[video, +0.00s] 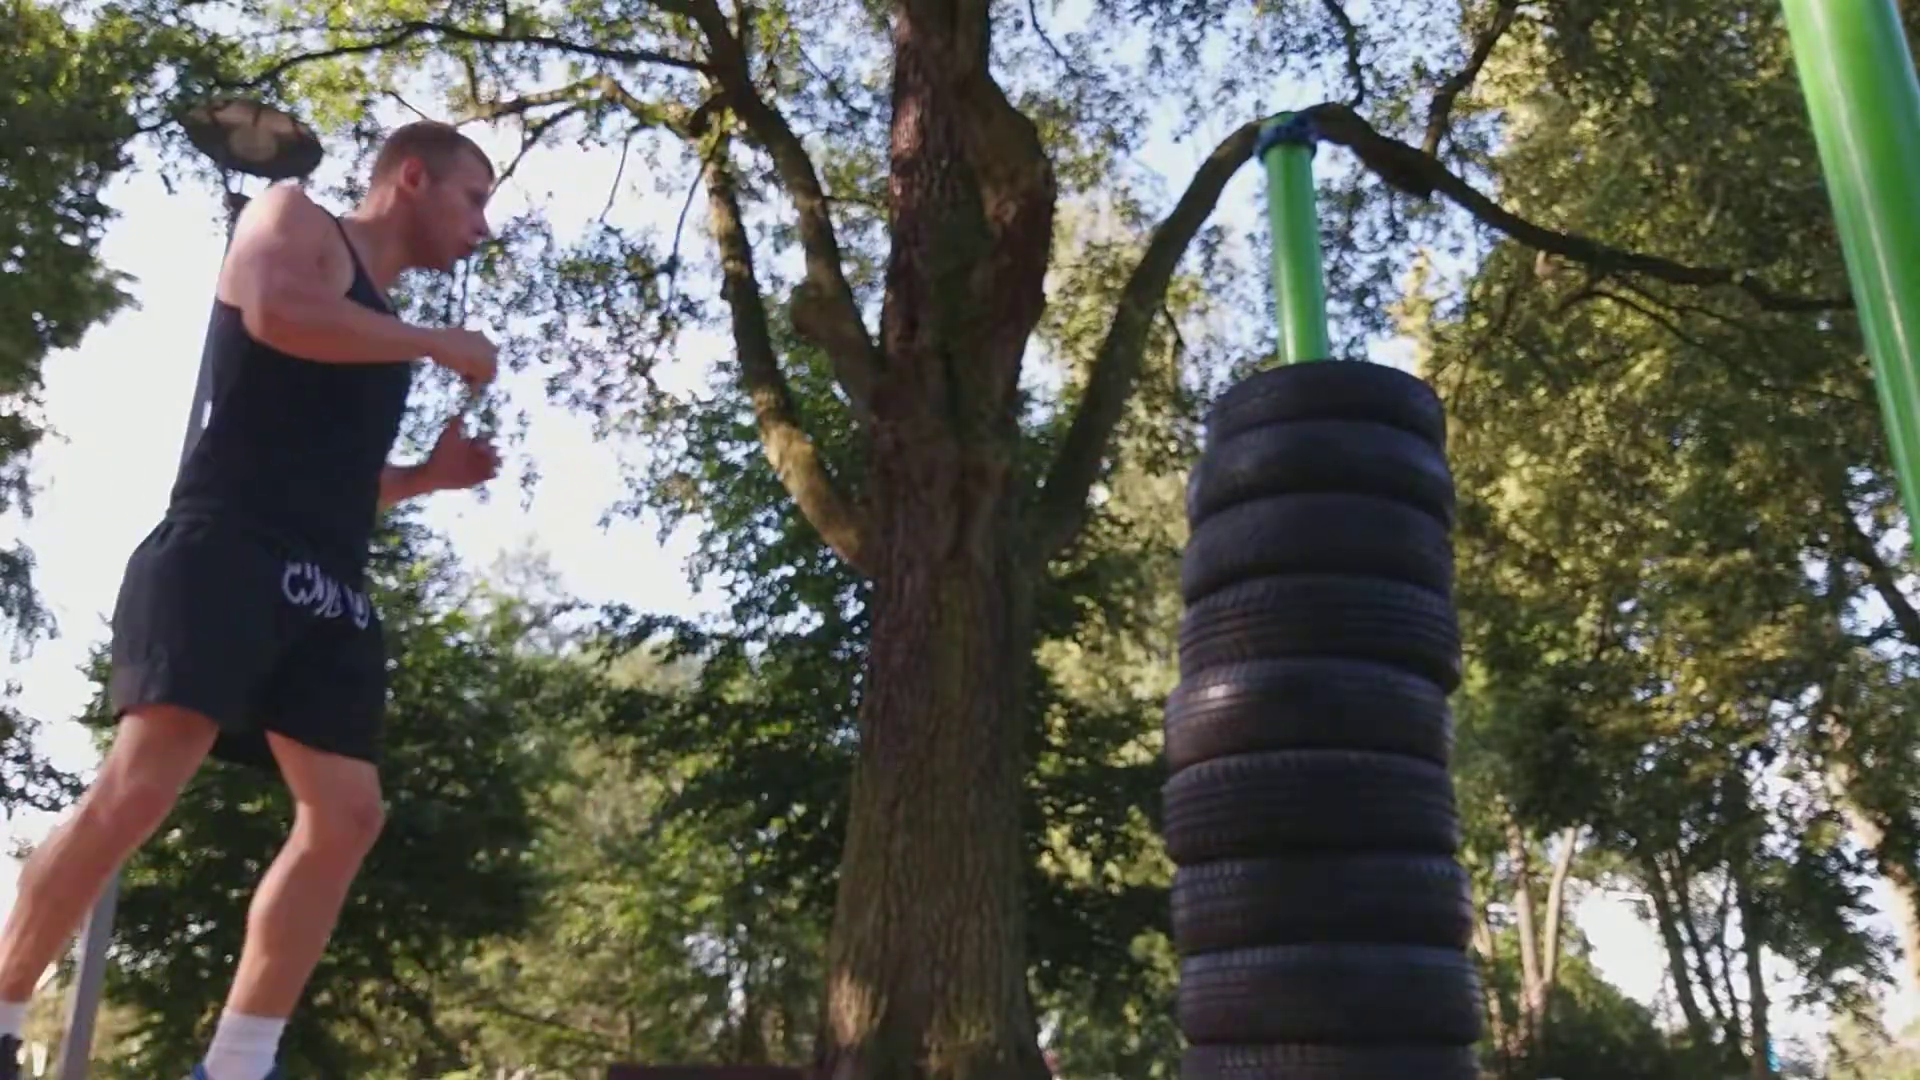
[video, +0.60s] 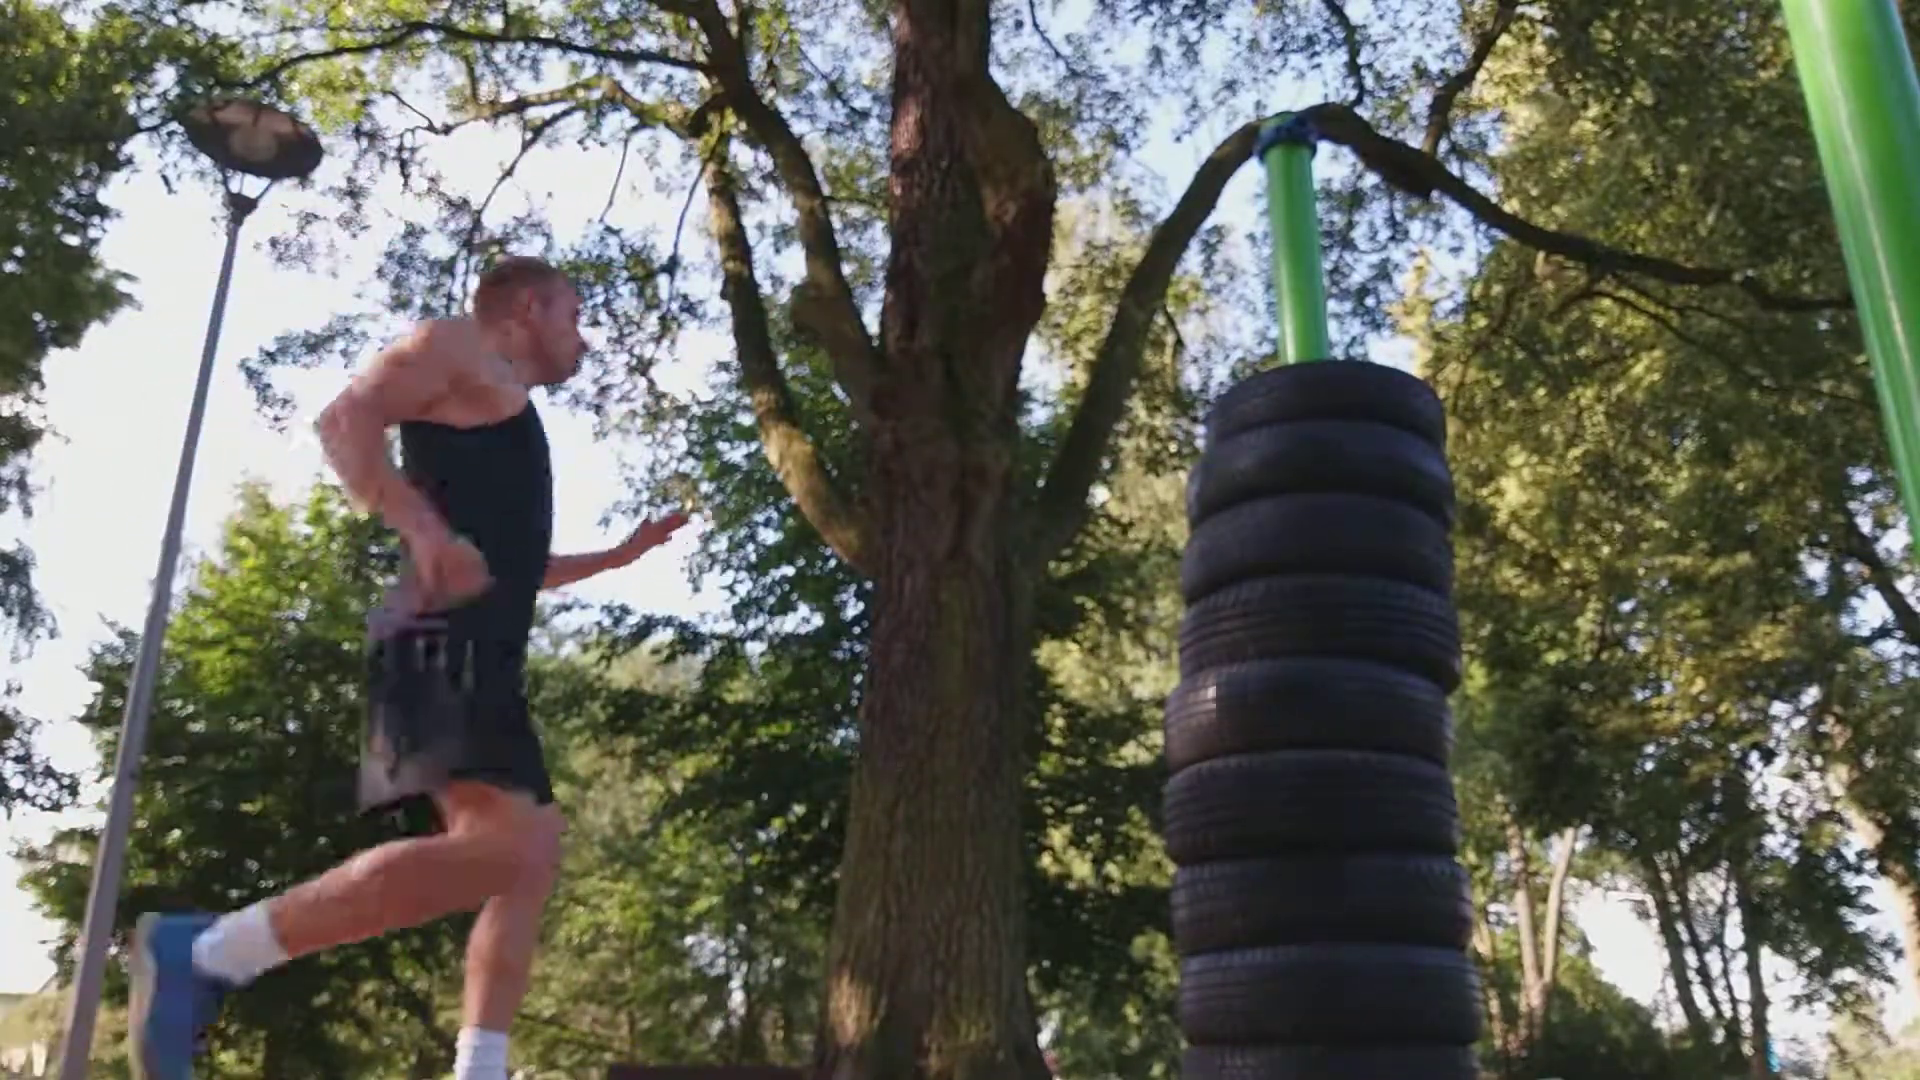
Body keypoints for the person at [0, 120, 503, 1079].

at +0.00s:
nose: (481, 228)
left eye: (487, 211)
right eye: (474, 201)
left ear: (421, 191)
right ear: (409, 176)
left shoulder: (380, 317)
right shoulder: (295, 212)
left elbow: (331, 482)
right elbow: (276, 315)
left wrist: (429, 474)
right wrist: (431, 341)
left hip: (324, 593)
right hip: (220, 557)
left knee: (346, 817)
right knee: (138, 790)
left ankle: (235, 1068)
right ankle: (4, 1009)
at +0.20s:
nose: (497, 224)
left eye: (502, 205)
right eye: (491, 197)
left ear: (442, 190)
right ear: (428, 177)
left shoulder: (419, 326)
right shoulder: (300, 219)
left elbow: (350, 459)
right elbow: (203, 335)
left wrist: (418, 454)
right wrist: (366, 397)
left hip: (344, 577)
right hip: (232, 555)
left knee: (430, 769)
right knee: (117, 772)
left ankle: (313, 1009)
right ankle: (9, 1007)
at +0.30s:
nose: (520, 224)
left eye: (525, 206)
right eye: (512, 199)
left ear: (457, 188)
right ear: (449, 177)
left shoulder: (459, 330)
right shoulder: (315, 227)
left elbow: (442, 464)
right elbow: (182, 331)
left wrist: (465, 471)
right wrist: (282, 446)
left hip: (367, 574)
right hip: (256, 548)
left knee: (459, 763)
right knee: (146, 754)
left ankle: (384, 1012)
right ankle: (15, 997)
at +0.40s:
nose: (529, 271)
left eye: (533, 253)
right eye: (521, 246)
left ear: (473, 241)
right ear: (458, 228)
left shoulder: (477, 375)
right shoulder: (325, 289)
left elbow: (499, 514)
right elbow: (181, 393)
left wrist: (533, 551)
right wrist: (213, 517)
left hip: (387, 627)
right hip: (271, 599)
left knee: (486, 804)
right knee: (143, 796)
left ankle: (457, 1052)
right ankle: (7, 1025)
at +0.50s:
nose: (555, 318)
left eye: (557, 301)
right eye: (545, 293)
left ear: (492, 292)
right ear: (485, 282)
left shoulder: (494, 434)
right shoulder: (365, 344)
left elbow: (517, 562)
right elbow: (224, 443)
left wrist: (614, 567)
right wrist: (235, 567)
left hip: (428, 685)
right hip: (328, 655)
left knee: (522, 842)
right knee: (212, 839)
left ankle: (483, 1073)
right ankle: (21, 1031)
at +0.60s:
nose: (582, 335)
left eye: (581, 319)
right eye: (572, 316)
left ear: (527, 316)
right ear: (528, 311)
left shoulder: (512, 409)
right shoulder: (458, 343)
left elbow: (514, 574)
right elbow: (347, 422)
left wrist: (619, 555)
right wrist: (422, 529)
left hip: (486, 656)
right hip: (446, 645)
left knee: (534, 855)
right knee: (500, 847)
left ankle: (482, 1068)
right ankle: (206, 955)